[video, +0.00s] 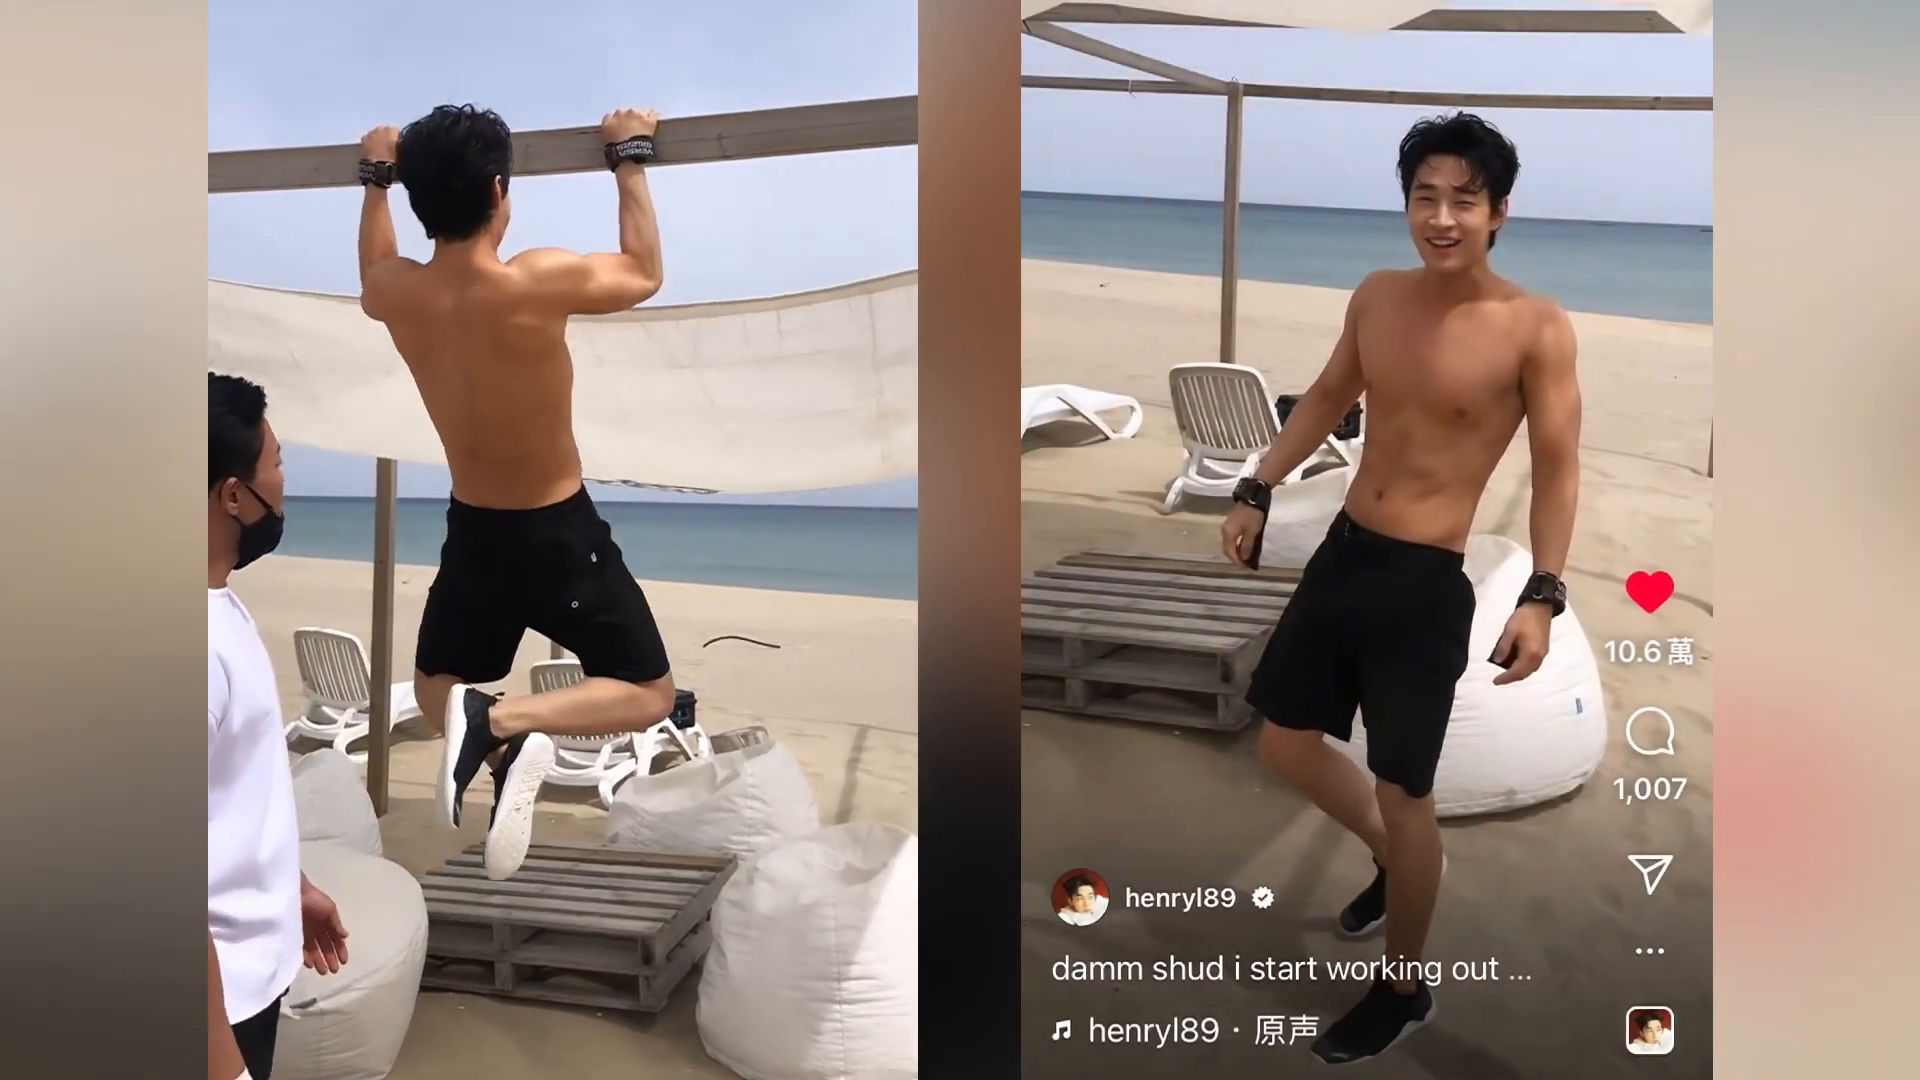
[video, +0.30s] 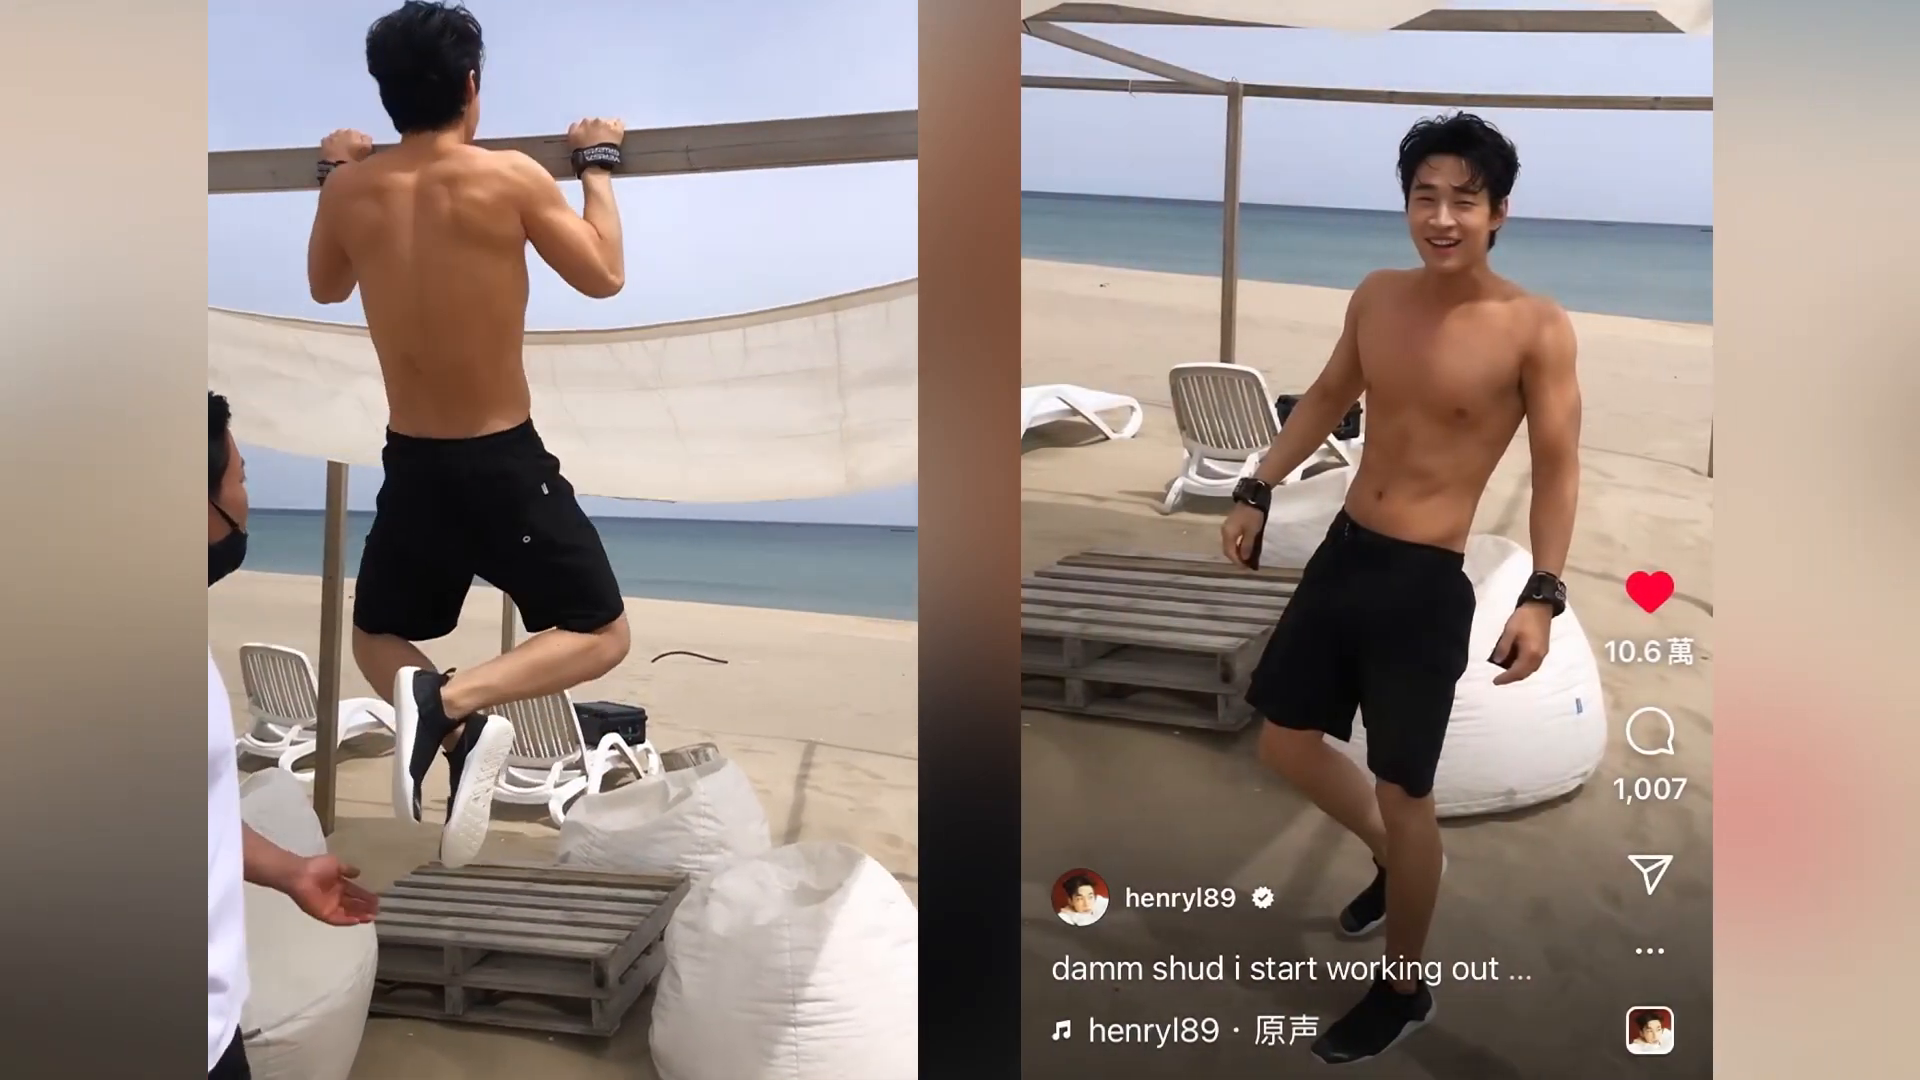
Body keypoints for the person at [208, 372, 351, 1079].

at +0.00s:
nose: (283, 475)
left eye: (279, 457)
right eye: (275, 461)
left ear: (229, 497)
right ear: (232, 495)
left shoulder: (225, 608)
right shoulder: (193, 646)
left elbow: (228, 799)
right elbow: (182, 885)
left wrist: (288, 889)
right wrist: (220, 1055)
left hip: (248, 994)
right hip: (219, 1019)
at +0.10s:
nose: (270, 482)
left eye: (264, 461)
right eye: (262, 465)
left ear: (220, 503)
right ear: (221, 501)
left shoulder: (215, 624)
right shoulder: (187, 649)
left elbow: (208, 807)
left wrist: (275, 891)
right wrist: (192, 1046)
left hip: (237, 1011)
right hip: (211, 1033)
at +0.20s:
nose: (258, 490)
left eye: (251, 469)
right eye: (249, 472)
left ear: (209, 511)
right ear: (211, 509)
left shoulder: (200, 637)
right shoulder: (170, 651)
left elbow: (197, 804)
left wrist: (279, 886)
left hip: (219, 1027)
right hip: (206, 1039)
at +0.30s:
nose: (245, 500)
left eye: (241, 475)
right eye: (239, 476)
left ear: (199, 504)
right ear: (200, 501)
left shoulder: (183, 649)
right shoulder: (159, 658)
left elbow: (185, 807)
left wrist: (290, 872)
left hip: (209, 1025)